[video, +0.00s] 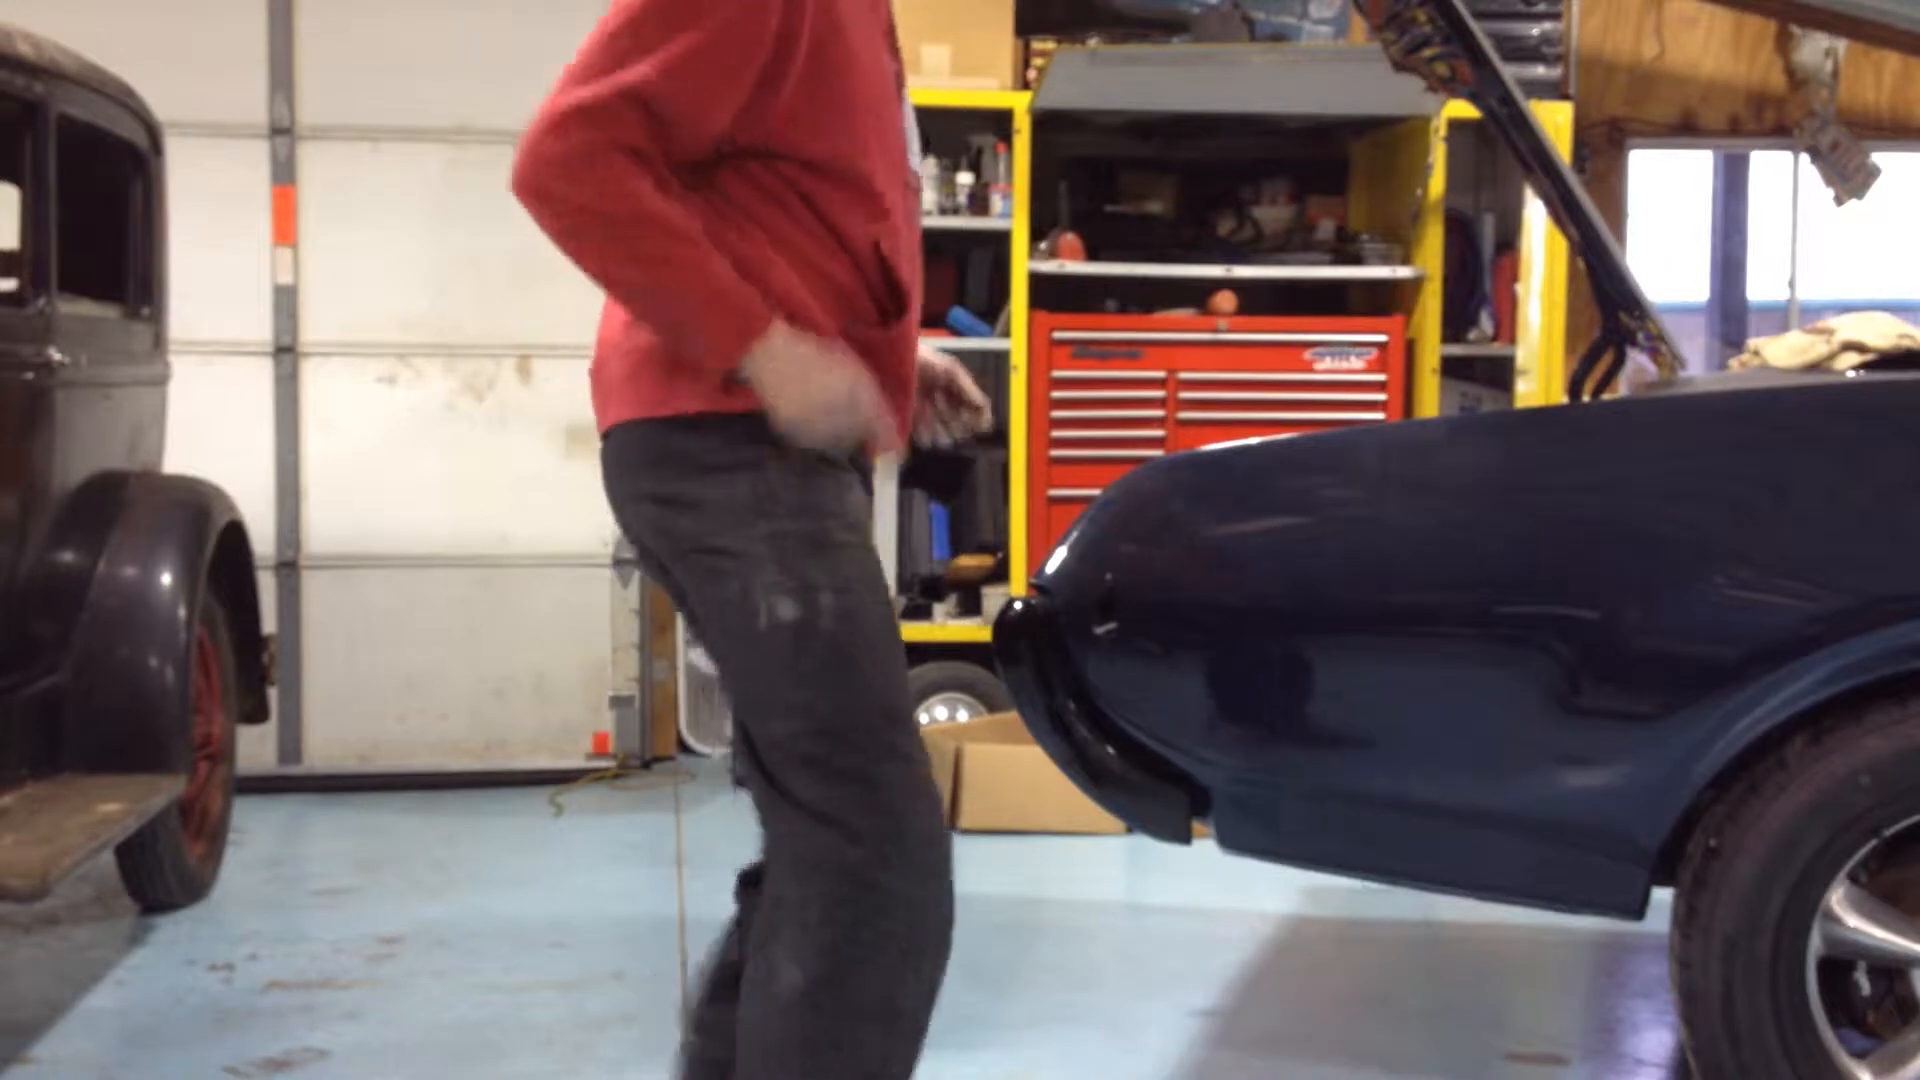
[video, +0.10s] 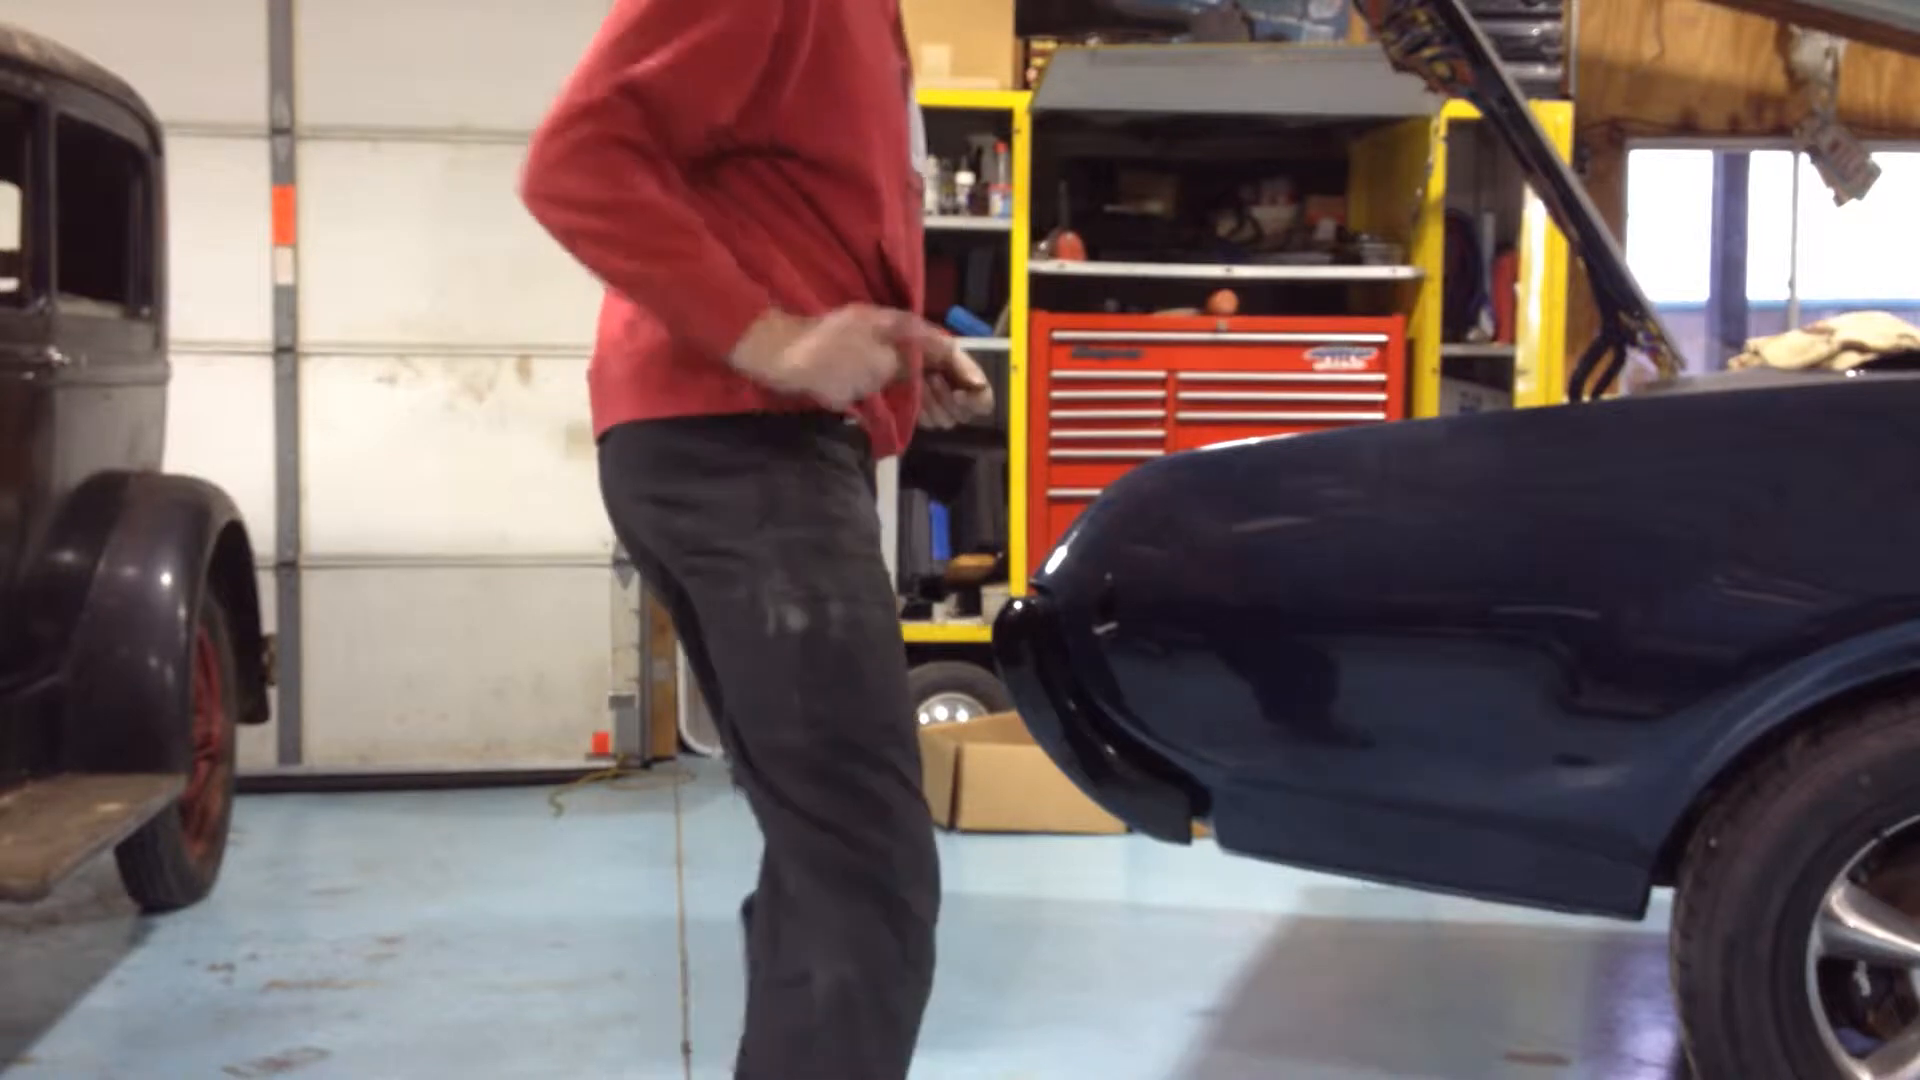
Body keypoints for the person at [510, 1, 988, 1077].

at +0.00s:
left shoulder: (851, 18)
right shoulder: (750, 6)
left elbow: (744, 217)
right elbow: (568, 159)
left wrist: (889, 355)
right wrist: (763, 345)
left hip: (777, 443)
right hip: (730, 445)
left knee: (828, 849)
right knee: (877, 868)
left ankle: (730, 1059)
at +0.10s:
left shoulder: (861, 20)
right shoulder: (760, 5)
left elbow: (762, 226)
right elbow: (577, 163)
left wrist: (895, 343)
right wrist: (775, 339)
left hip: (763, 439)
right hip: (740, 444)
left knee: (835, 856)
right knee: (865, 867)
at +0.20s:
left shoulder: (860, 18)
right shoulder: (759, 9)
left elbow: (759, 207)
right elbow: (605, 171)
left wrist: (892, 338)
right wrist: (752, 367)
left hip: (769, 436)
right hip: (737, 445)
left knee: (816, 880)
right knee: (864, 888)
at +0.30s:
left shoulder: (872, 17)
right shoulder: (752, 5)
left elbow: (761, 189)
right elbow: (568, 130)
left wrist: (901, 325)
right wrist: (754, 308)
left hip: (781, 435)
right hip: (723, 437)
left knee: (839, 868)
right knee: (861, 869)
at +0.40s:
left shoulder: (886, 19)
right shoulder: (748, 5)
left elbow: (785, 194)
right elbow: (545, 109)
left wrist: (911, 323)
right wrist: (753, 261)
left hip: (804, 445)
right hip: (718, 438)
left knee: (915, 850)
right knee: (838, 900)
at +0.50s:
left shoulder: (894, 18)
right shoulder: (740, 6)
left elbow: (788, 190)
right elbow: (539, 113)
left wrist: (917, 325)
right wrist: (746, 263)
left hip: (814, 457)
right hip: (712, 446)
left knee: (924, 833)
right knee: (838, 924)